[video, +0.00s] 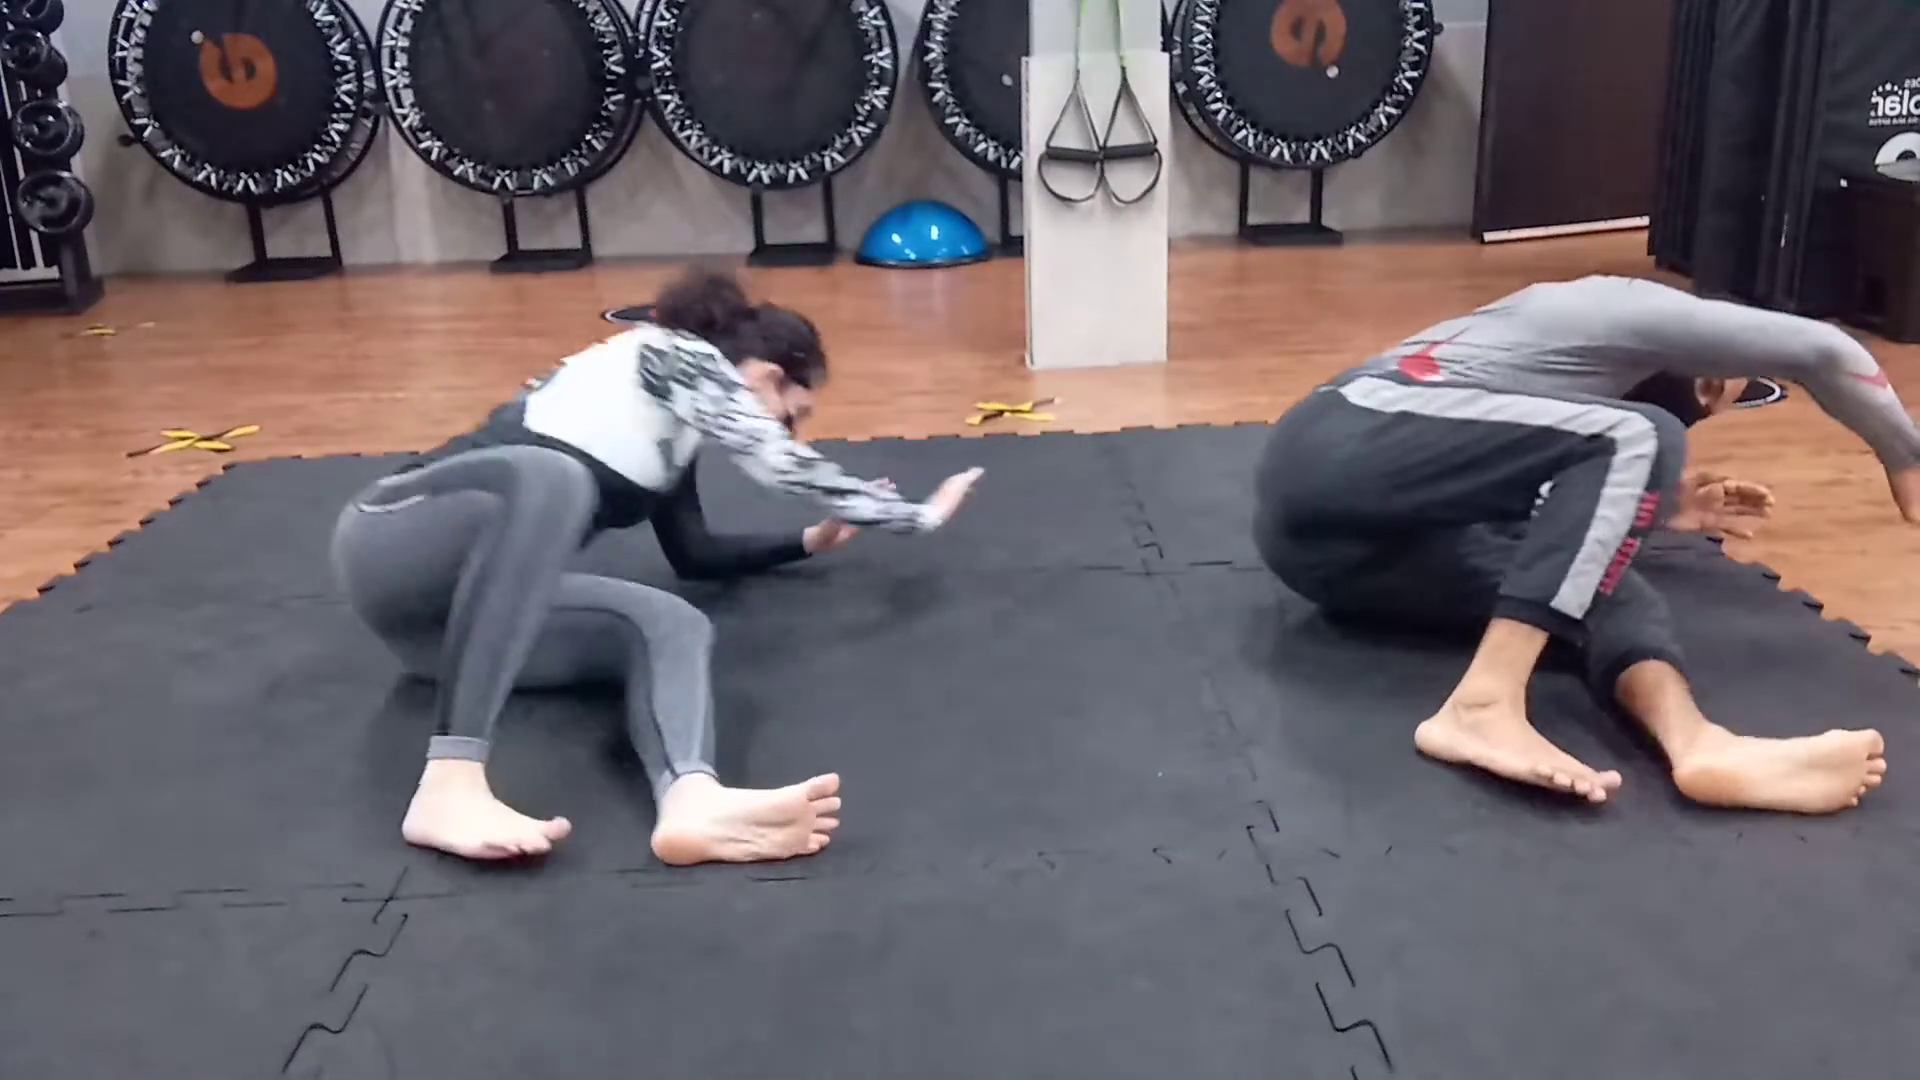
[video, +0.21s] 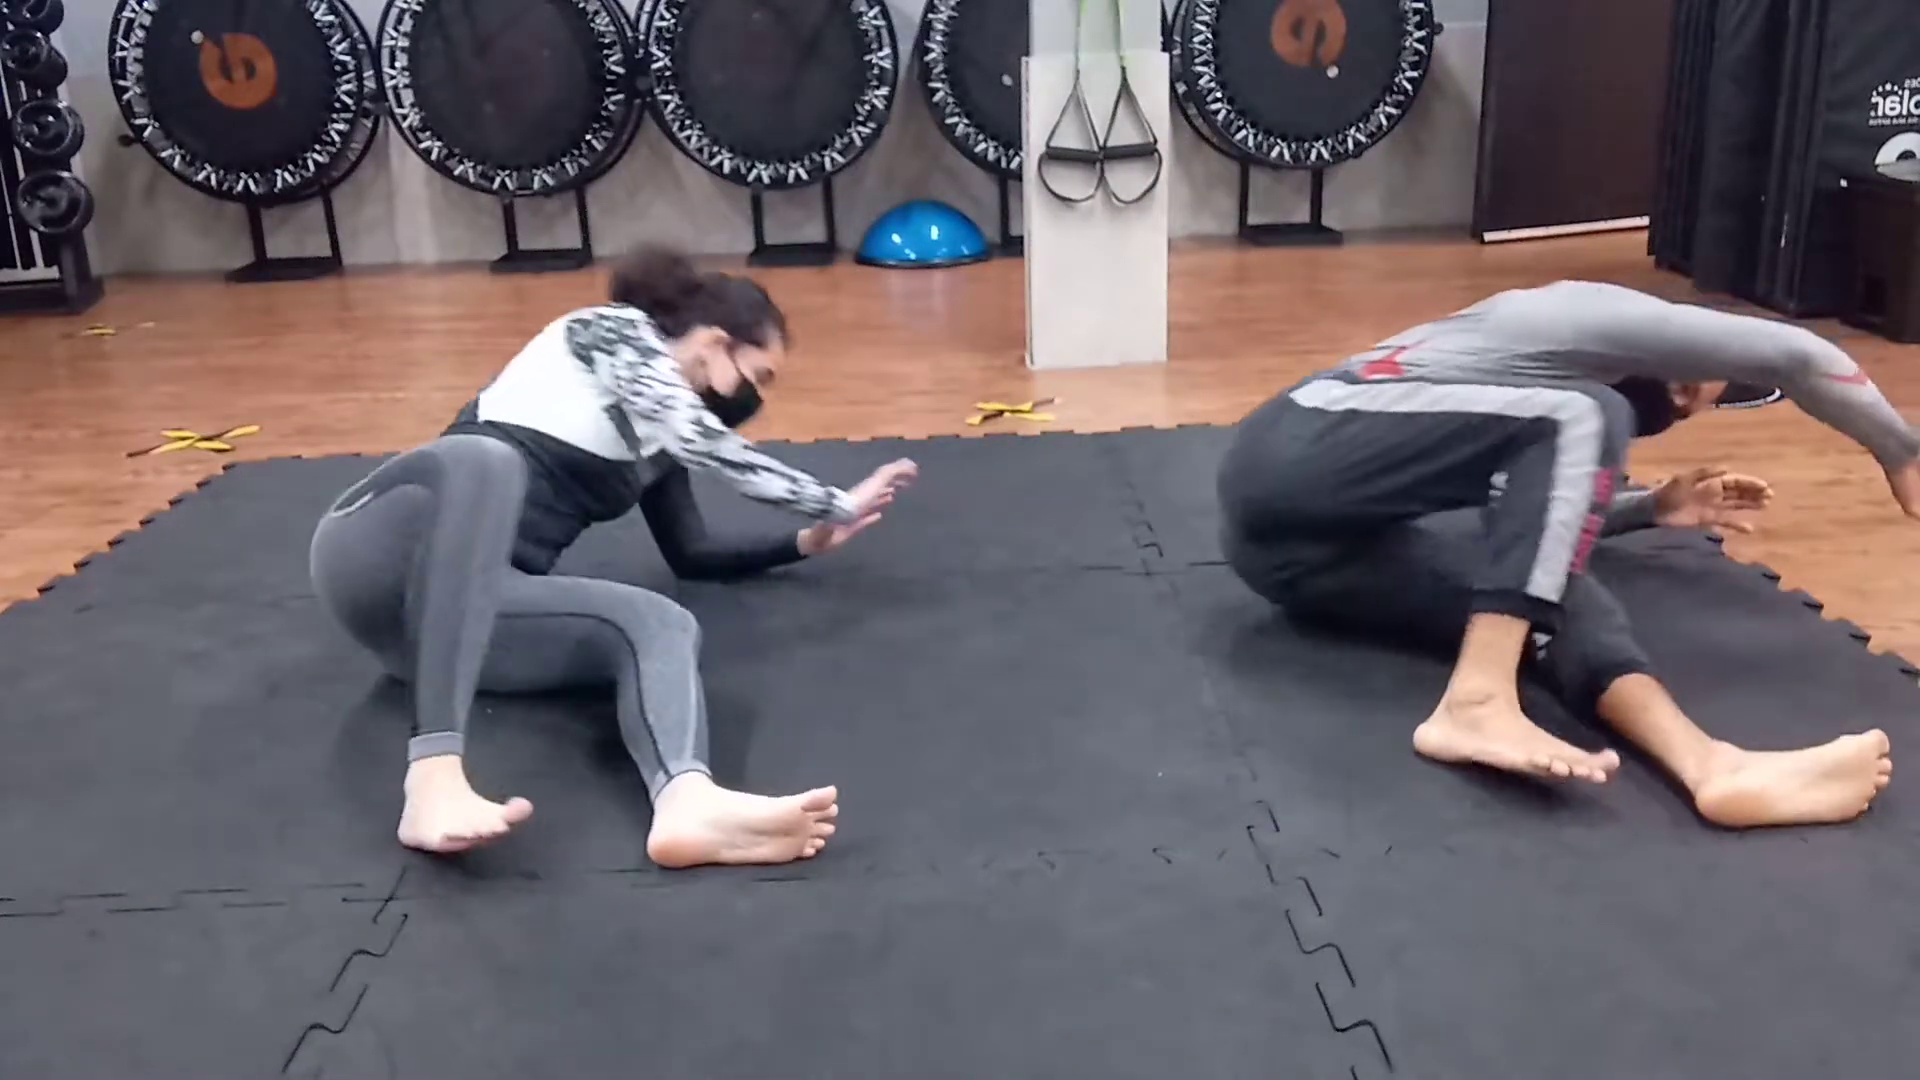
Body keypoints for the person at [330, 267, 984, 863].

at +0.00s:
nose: (783, 430)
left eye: (795, 420)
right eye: (788, 410)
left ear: (750, 377)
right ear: (755, 363)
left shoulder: (663, 424)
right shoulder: (672, 354)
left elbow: (692, 556)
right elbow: (783, 464)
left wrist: (806, 543)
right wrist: (914, 514)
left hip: (465, 622)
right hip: (389, 545)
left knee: (670, 620)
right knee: (554, 480)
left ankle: (689, 796)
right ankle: (452, 779)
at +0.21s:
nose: (745, 397)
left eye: (755, 389)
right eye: (751, 376)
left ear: (711, 359)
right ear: (712, 338)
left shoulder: (659, 425)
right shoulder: (611, 329)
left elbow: (692, 550)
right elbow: (691, 433)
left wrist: (806, 543)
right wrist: (834, 501)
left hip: (480, 605)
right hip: (373, 555)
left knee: (657, 619)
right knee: (485, 463)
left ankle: (684, 795)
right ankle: (435, 770)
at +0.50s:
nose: (715, 348)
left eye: (724, 338)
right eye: (707, 324)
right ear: (643, 303)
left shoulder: (650, 430)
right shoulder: (551, 314)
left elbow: (688, 552)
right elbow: (593, 393)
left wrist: (792, 536)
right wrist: (750, 444)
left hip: (490, 604)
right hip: (387, 562)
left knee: (653, 624)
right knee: (407, 456)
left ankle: (678, 798)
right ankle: (405, 756)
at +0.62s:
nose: (688, 331)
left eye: (700, 318)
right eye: (674, 307)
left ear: (705, 325)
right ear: (614, 301)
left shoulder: (649, 420)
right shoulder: (533, 312)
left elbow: (686, 552)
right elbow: (545, 380)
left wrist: (779, 528)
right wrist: (691, 419)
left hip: (504, 598)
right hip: (414, 547)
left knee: (645, 633)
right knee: (375, 466)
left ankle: (676, 803)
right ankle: (373, 768)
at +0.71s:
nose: (671, 325)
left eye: (683, 311)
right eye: (652, 303)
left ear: (689, 322)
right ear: (587, 301)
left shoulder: (645, 417)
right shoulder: (512, 322)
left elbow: (685, 550)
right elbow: (522, 386)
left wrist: (769, 522)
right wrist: (637, 402)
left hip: (508, 596)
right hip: (417, 547)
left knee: (637, 636)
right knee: (348, 481)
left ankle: (674, 806)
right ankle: (328, 785)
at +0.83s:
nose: (609, 305)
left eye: (624, 292)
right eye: (587, 287)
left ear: (640, 310)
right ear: (536, 295)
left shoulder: (625, 424)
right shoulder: (485, 328)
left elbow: (682, 552)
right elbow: (394, 382)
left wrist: (745, 510)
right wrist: (517, 377)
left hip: (508, 586)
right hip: (406, 538)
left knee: (621, 638)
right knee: (316, 517)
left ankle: (674, 813)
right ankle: (252, 826)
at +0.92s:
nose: (552, 294)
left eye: (570, 277)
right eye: (530, 280)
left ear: (601, 287)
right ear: (499, 292)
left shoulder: (609, 421)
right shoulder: (451, 353)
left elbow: (670, 554)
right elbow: (321, 414)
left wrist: (707, 511)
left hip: (499, 584)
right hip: (392, 537)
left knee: (606, 637)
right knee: (285, 544)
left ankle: (673, 814)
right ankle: (193, 836)